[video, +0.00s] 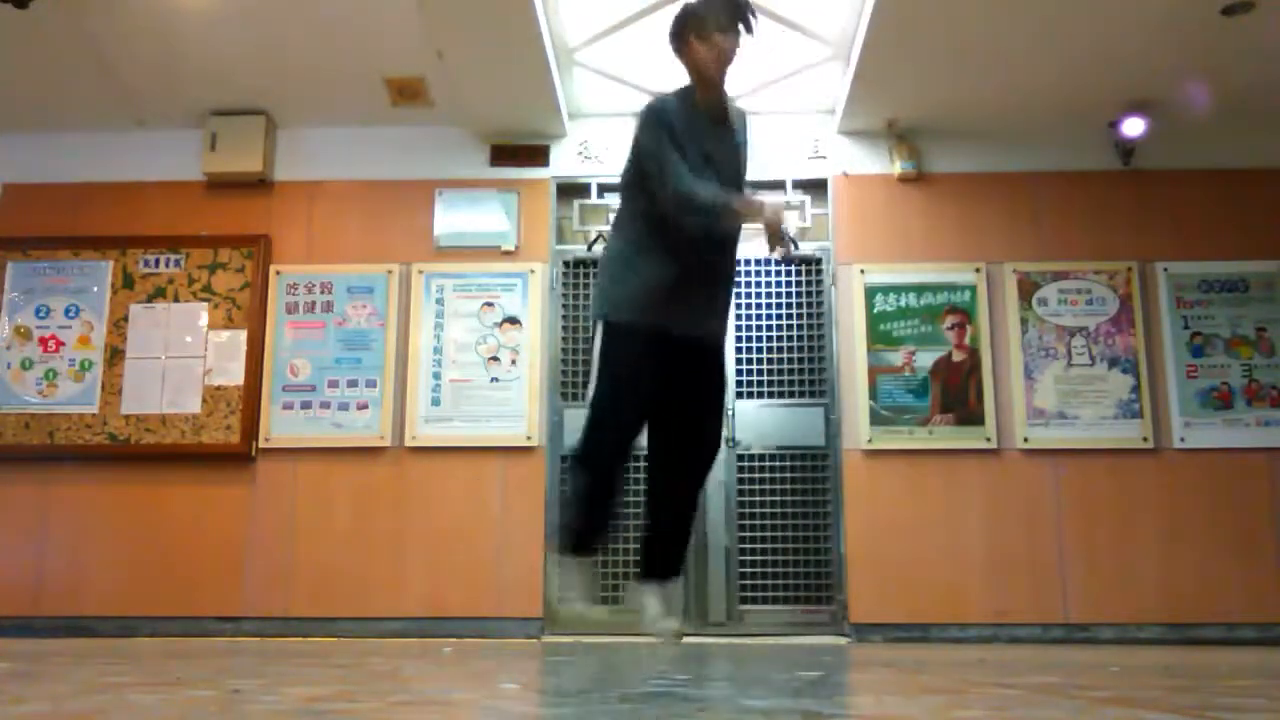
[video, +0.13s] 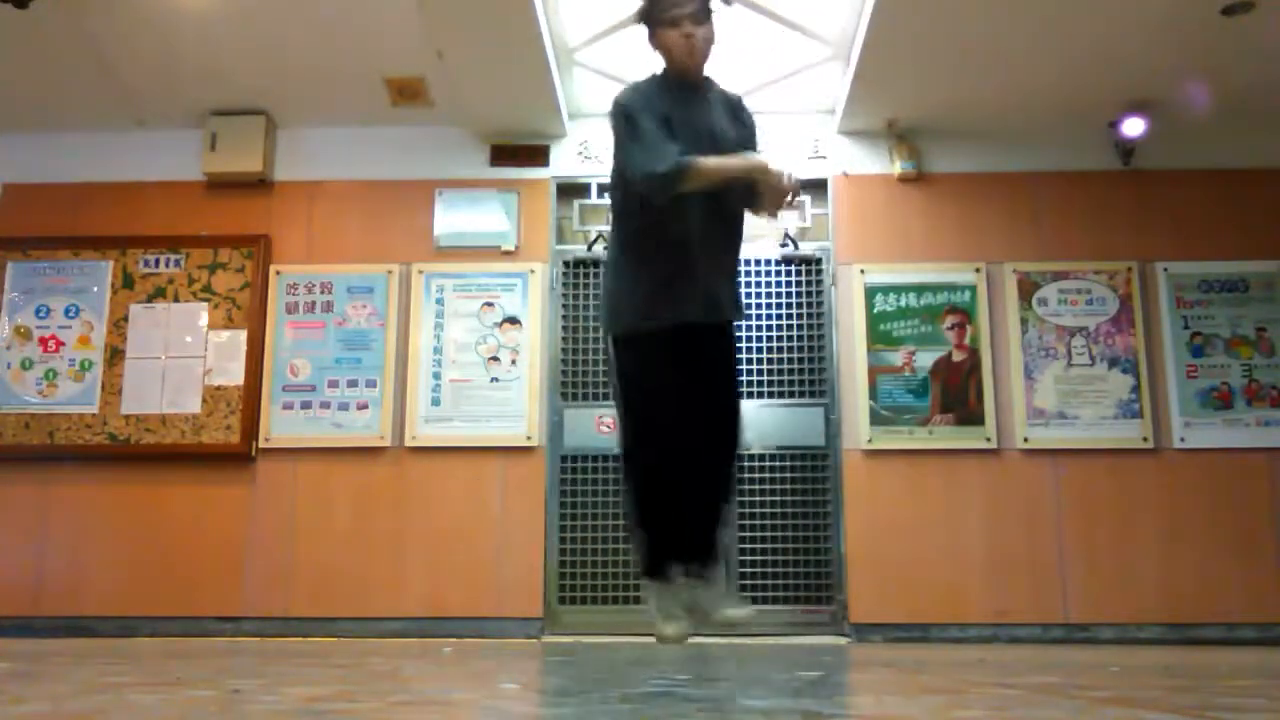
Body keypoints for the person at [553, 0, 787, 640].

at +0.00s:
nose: (726, 47)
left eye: (731, 37)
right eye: (714, 37)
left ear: (737, 45)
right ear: (687, 45)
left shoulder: (731, 123)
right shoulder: (661, 115)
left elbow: (723, 199)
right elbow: (680, 194)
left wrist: (765, 222)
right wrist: (755, 208)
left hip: (699, 314)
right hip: (639, 307)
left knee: (689, 447)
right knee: (613, 427)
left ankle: (657, 579)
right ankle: (575, 552)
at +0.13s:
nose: (692, 33)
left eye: (701, 22)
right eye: (677, 24)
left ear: (712, 31)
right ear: (653, 38)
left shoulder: (733, 110)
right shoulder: (636, 104)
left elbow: (743, 194)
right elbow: (662, 174)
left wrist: (768, 191)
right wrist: (746, 168)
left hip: (710, 302)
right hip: (644, 303)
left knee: (713, 439)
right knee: (653, 440)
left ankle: (703, 585)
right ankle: (662, 591)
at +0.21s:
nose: (681, 61)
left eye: (687, 49)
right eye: (666, 51)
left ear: (700, 56)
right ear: (641, 63)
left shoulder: (726, 132)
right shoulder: (621, 132)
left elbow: (786, 214)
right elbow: (642, 187)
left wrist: (780, 201)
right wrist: (723, 164)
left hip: (713, 325)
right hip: (640, 332)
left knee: (745, 456)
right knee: (659, 470)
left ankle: (760, 578)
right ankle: (679, 598)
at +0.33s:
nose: (665, 110)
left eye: (675, 100)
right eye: (651, 101)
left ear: (691, 112)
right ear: (631, 118)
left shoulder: (721, 172)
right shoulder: (609, 191)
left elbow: (763, 232)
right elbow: (618, 247)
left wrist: (749, 253)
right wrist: (667, 250)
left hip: (717, 362)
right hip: (644, 368)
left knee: (763, 475)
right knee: (662, 491)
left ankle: (819, 556)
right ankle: (681, 605)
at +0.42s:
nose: (662, 103)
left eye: (672, 92)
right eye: (649, 92)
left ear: (688, 103)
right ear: (629, 105)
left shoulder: (721, 163)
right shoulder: (604, 185)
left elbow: (760, 236)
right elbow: (593, 267)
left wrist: (770, 296)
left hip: (720, 350)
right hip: (645, 358)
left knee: (762, 463)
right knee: (657, 487)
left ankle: (803, 569)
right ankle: (680, 602)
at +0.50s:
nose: (660, 76)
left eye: (669, 64)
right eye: (647, 65)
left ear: (686, 73)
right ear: (626, 76)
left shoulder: (723, 138)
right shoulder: (601, 165)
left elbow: (769, 213)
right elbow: (577, 255)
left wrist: (798, 287)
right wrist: (570, 327)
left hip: (724, 321)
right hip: (647, 333)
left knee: (745, 442)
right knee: (658, 462)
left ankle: (749, 576)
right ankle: (677, 590)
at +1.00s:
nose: (679, 116)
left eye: (690, 105)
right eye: (668, 106)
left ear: (712, 113)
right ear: (656, 116)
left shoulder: (746, 171)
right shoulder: (652, 199)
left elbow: (769, 239)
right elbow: (634, 283)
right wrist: (631, 358)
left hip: (753, 355)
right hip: (689, 366)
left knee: (749, 466)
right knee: (711, 486)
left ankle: (818, 586)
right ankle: (752, 602)